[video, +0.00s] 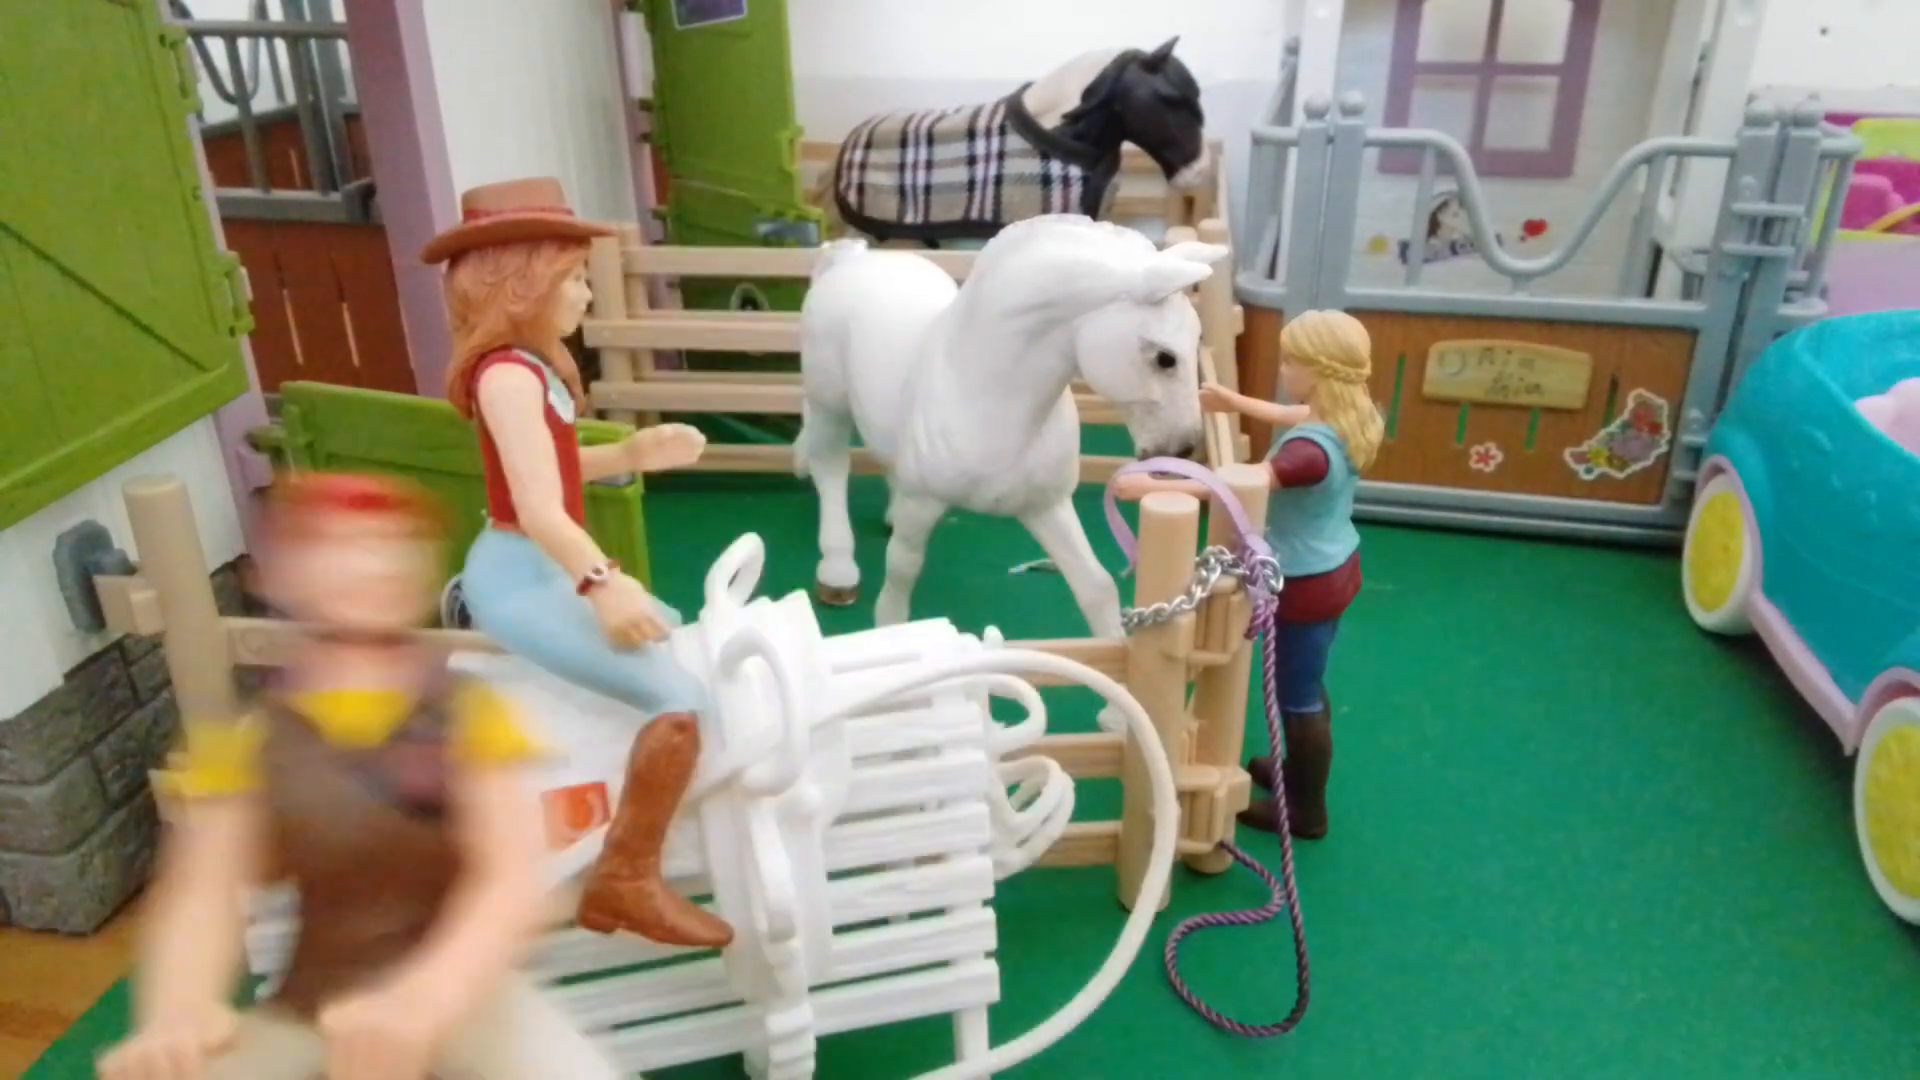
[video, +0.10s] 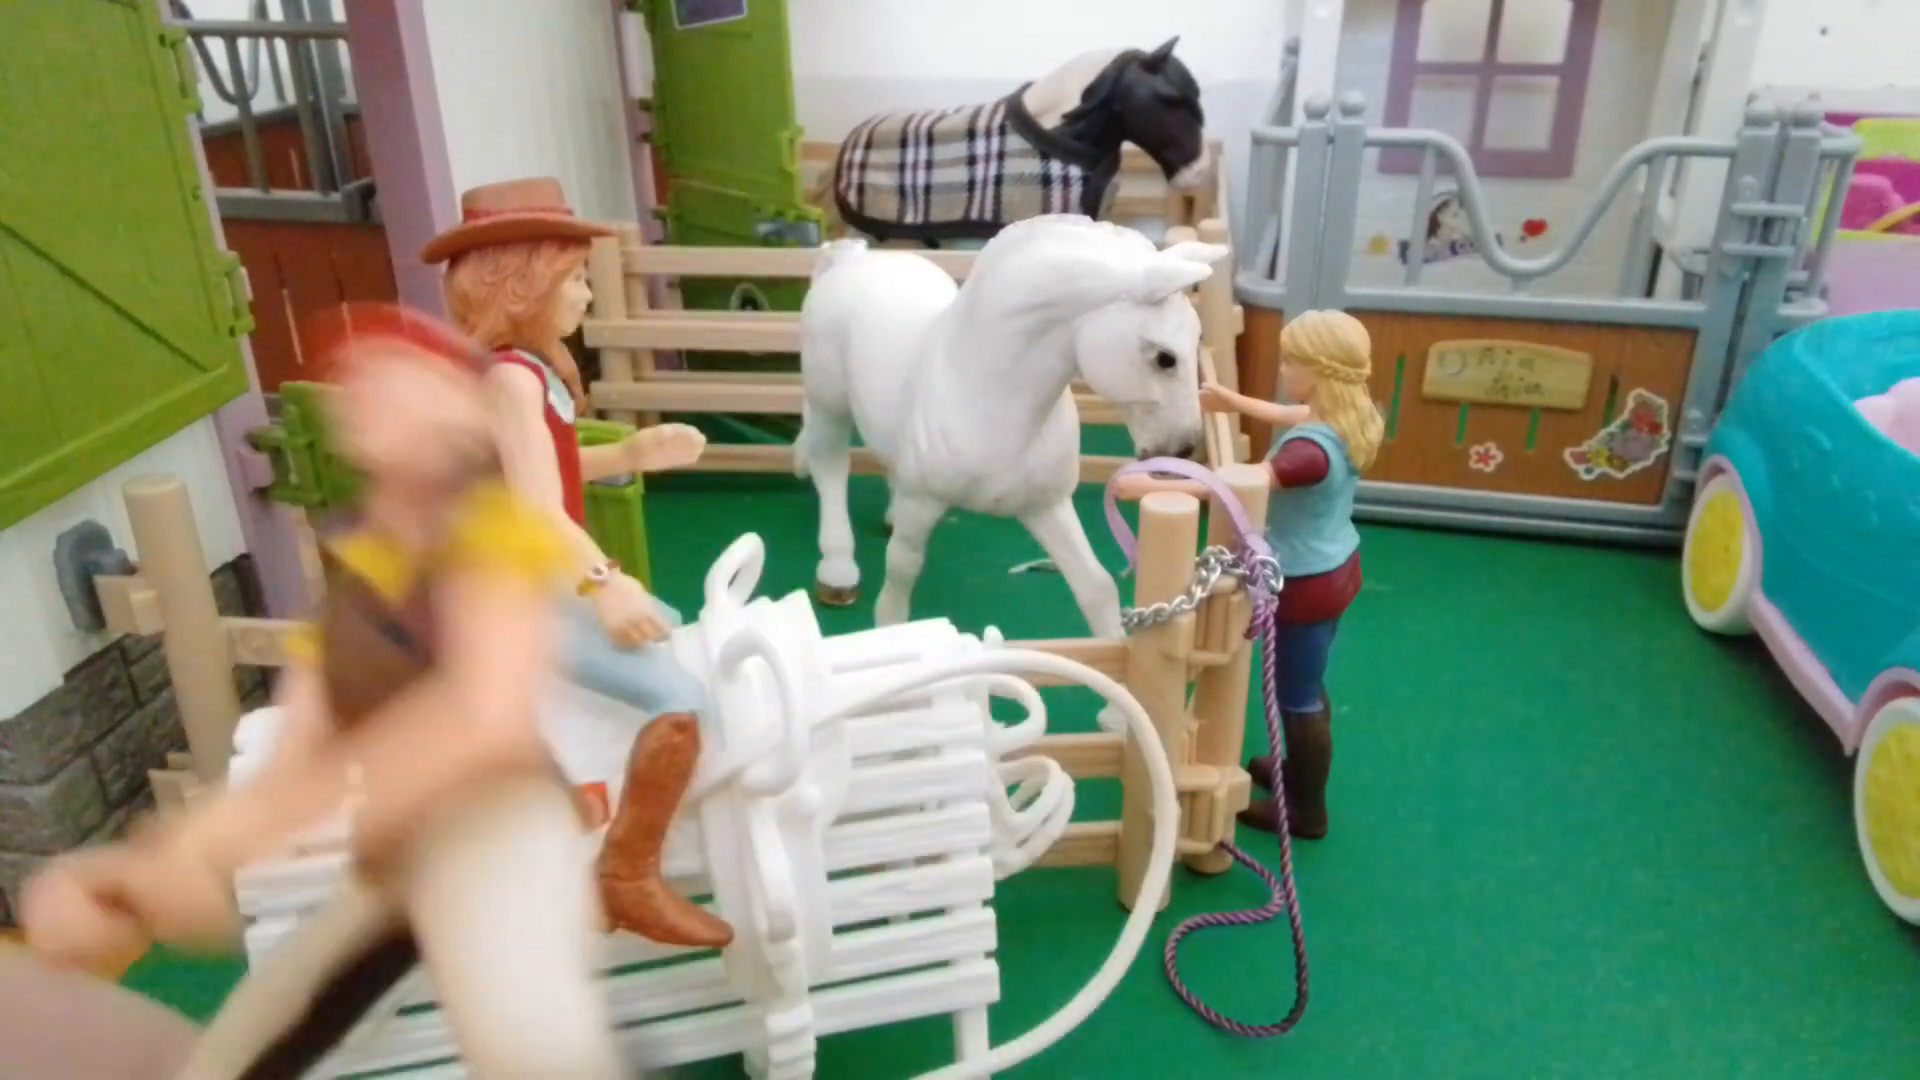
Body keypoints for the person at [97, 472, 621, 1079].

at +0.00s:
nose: (370, 569)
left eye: (389, 546)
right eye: (339, 548)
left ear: (419, 565)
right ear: (280, 572)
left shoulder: (471, 716)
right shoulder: (247, 740)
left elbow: (512, 881)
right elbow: (203, 893)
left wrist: (415, 1006)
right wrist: (181, 1012)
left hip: (465, 988)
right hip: (311, 1006)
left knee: (575, 1067)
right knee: (191, 1064)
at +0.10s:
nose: (361, 401)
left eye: (390, 379)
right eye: (354, 382)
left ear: (459, 404)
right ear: (341, 408)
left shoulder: (487, 528)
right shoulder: (349, 566)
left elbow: (489, 712)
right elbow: (303, 762)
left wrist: (215, 856)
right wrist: (160, 865)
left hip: (497, 830)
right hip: (392, 857)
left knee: (533, 1048)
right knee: (223, 1059)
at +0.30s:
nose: (462, 395)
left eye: (483, 374)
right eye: (437, 392)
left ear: (540, 403)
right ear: (424, 440)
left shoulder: (601, 487)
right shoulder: (441, 574)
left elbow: (628, 627)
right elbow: (404, 748)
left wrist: (461, 689)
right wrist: (309, 786)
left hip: (624, 741)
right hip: (517, 799)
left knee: (784, 862)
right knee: (356, 1021)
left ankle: (937, 1059)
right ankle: (310, 1068)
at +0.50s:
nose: (588, 293)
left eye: (585, 277)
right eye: (576, 277)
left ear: (532, 288)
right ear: (526, 284)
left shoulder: (538, 369)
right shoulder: (509, 377)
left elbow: (554, 468)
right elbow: (536, 512)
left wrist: (635, 454)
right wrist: (604, 584)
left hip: (551, 563)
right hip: (517, 577)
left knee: (701, 656)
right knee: (681, 696)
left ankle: (634, 873)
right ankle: (625, 879)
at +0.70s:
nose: (587, 293)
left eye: (584, 277)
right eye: (575, 277)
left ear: (531, 288)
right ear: (526, 285)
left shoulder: (538, 369)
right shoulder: (509, 377)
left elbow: (555, 468)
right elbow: (536, 511)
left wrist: (635, 454)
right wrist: (604, 584)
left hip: (552, 563)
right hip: (515, 577)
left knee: (704, 658)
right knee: (681, 696)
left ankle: (635, 872)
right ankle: (624, 878)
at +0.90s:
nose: (586, 292)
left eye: (583, 276)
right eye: (574, 277)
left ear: (531, 288)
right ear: (525, 285)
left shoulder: (538, 368)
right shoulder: (507, 377)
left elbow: (554, 468)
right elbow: (535, 512)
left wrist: (635, 453)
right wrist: (603, 584)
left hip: (550, 563)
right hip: (514, 578)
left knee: (700, 658)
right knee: (680, 695)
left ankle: (637, 871)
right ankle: (624, 877)